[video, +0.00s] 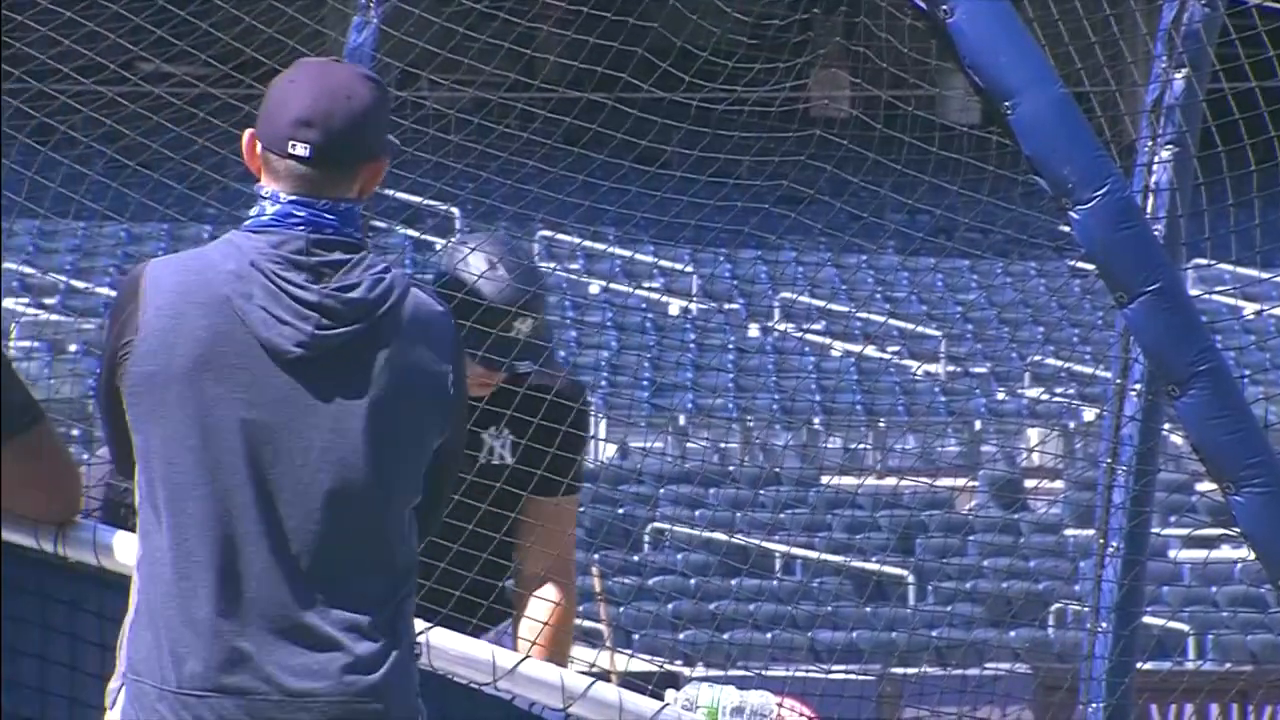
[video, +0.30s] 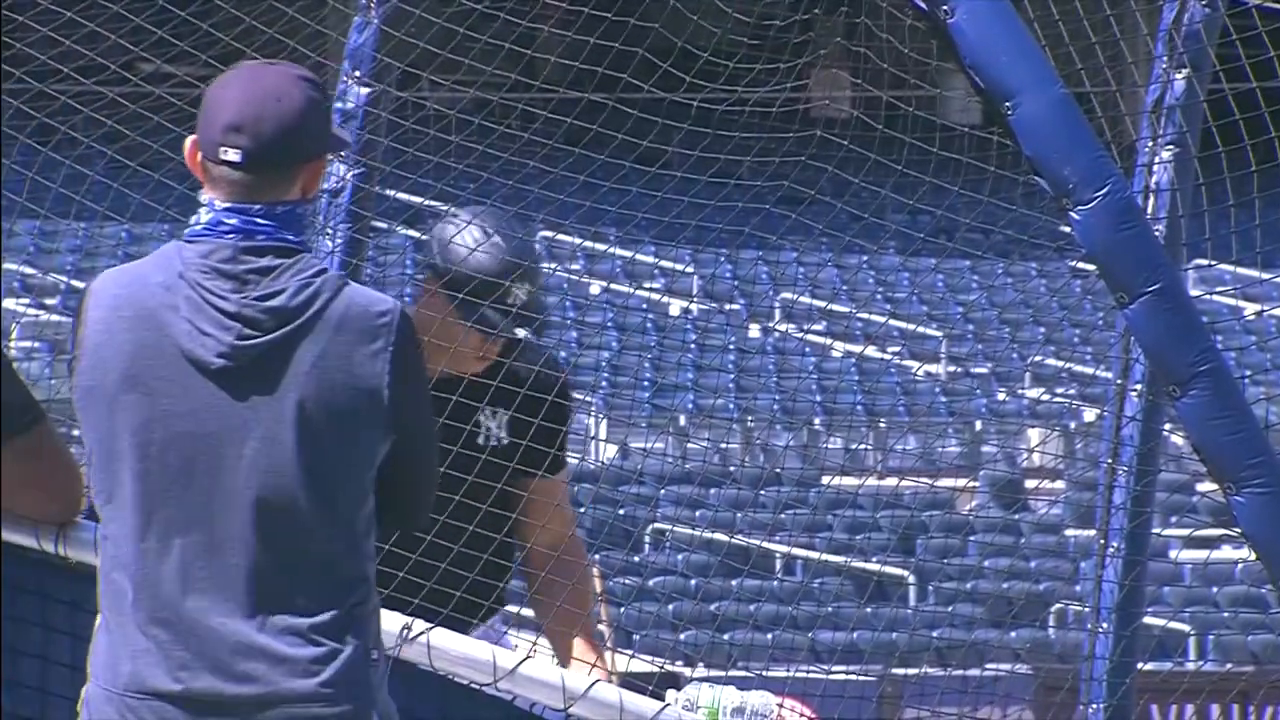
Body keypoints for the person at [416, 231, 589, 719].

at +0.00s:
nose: (495, 369)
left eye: (514, 355)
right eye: (480, 349)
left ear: (534, 341)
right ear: (433, 323)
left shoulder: (552, 405)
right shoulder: (384, 370)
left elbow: (546, 573)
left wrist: (533, 697)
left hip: (470, 645)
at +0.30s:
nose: (496, 345)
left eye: (510, 329)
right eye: (482, 324)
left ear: (525, 317)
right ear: (429, 291)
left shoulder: (534, 387)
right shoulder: (353, 354)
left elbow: (553, 545)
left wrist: (592, 681)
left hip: (455, 648)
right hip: (330, 627)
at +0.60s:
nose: (427, 325)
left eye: (438, 307)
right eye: (414, 304)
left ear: (450, 295)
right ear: (354, 276)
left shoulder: (452, 353)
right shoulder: (286, 347)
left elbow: (533, 473)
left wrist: (660, 548)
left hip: (418, 618)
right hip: (302, 612)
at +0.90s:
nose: (469, 319)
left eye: (462, 296)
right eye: (448, 295)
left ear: (471, 305)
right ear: (393, 277)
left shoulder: (488, 366)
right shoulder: (318, 357)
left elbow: (605, 435)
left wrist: (748, 465)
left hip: (439, 649)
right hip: (317, 635)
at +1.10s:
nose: (517, 315)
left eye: (524, 299)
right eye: (500, 297)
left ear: (533, 297)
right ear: (437, 281)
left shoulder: (529, 375)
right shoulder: (353, 365)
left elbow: (625, 480)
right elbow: (300, 512)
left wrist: (756, 550)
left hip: (451, 646)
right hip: (335, 632)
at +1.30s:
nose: (542, 297)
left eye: (547, 280)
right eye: (524, 277)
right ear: (462, 269)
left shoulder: (548, 379)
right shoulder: (371, 356)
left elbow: (576, 537)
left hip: (475, 651)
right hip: (355, 636)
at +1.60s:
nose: (553, 261)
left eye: (555, 245)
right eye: (535, 243)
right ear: (470, 240)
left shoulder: (562, 361)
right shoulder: (396, 335)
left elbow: (556, 518)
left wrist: (486, 618)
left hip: (467, 616)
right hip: (362, 599)